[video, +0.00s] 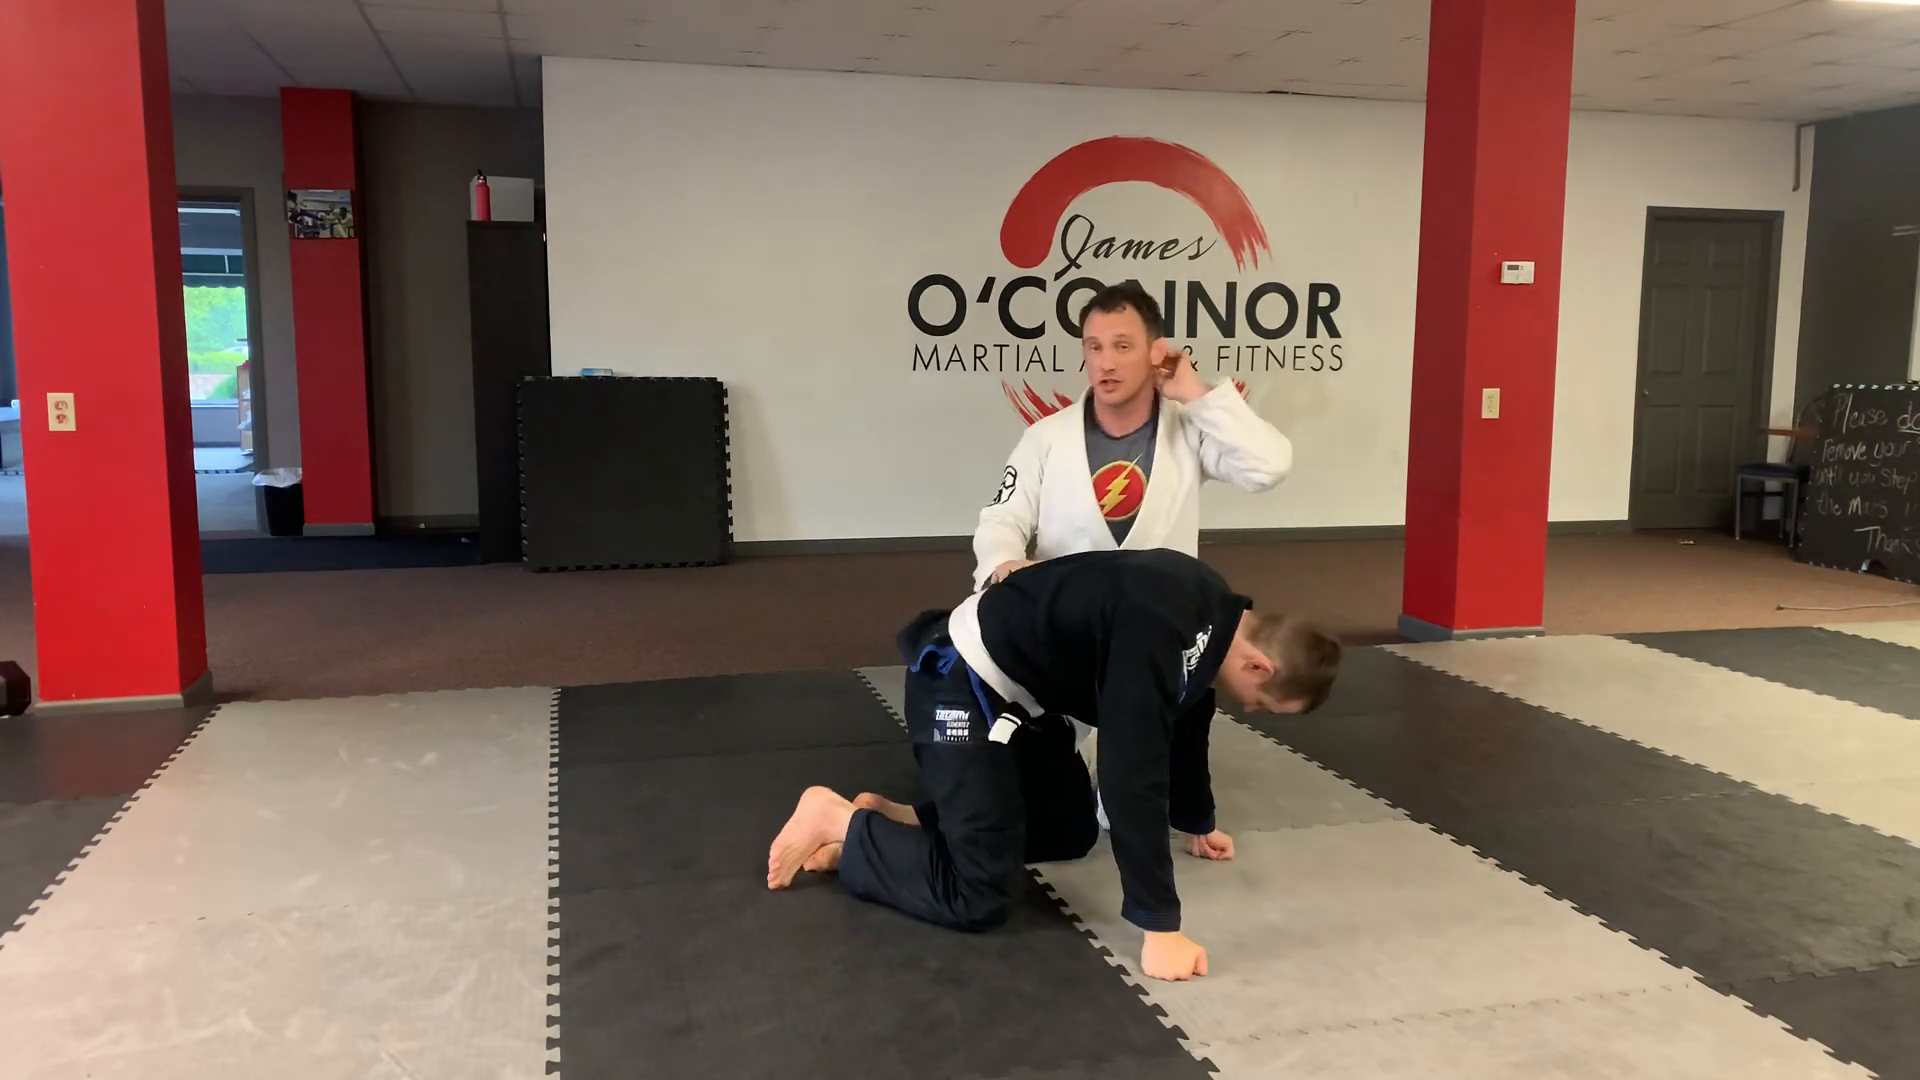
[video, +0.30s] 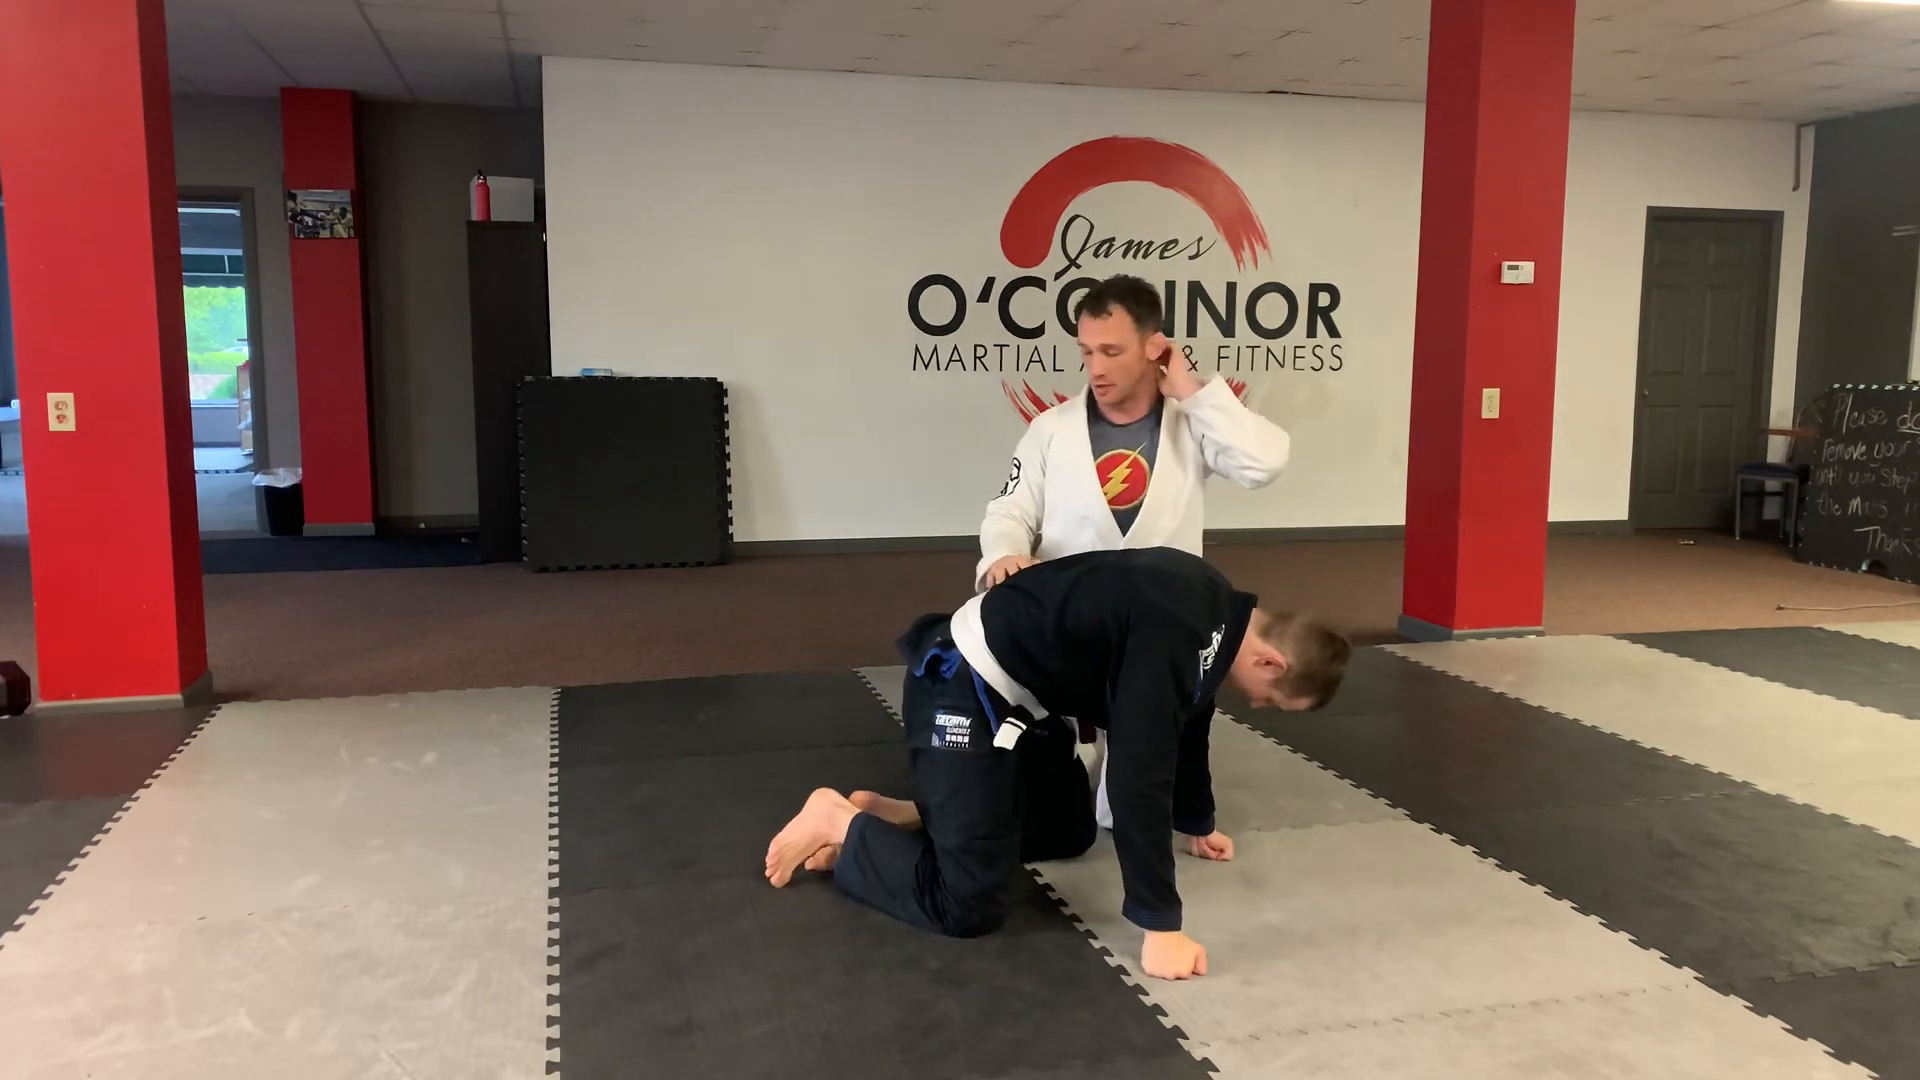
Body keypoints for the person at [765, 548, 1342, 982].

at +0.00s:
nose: (1251, 715)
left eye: (1262, 711)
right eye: (1262, 706)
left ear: (1258, 652)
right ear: (1255, 664)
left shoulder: (1214, 614)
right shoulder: (1158, 625)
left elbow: (1188, 723)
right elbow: (1133, 784)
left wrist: (1197, 819)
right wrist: (1159, 926)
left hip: (1027, 696)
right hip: (961, 682)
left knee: (1066, 832)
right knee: (975, 896)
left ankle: (890, 821)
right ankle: (832, 828)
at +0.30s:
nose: (1258, 710)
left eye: (1270, 707)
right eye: (1270, 702)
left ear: (1270, 649)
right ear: (1266, 661)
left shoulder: (1218, 614)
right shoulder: (1172, 624)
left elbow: (1190, 726)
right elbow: (1139, 783)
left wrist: (1197, 822)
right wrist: (1159, 923)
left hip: (1031, 700)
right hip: (963, 685)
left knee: (1063, 832)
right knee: (967, 902)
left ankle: (890, 816)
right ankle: (835, 830)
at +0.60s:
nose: (1260, 710)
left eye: (1272, 706)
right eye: (1274, 701)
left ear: (1272, 648)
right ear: (1269, 661)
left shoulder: (1216, 610)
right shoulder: (1177, 626)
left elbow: (1190, 724)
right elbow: (1145, 784)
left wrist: (1197, 821)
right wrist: (1161, 922)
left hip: (1019, 696)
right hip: (962, 684)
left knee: (1037, 835)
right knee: (966, 906)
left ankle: (863, 801)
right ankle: (821, 822)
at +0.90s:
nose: (1258, 710)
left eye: (1270, 706)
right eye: (1271, 701)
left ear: (1274, 649)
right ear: (1269, 660)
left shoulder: (1216, 609)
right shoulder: (1177, 622)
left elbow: (1193, 724)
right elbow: (1148, 779)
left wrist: (1197, 821)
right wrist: (1168, 921)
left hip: (1020, 695)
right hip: (962, 682)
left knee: (1035, 834)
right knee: (964, 907)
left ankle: (863, 799)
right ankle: (814, 822)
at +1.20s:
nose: (1256, 715)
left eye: (1269, 712)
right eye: (1270, 709)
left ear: (1273, 658)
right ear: (1270, 668)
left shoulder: (1210, 608)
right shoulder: (1176, 627)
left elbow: (1180, 736)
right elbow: (1162, 781)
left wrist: (1195, 820)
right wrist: (1210, 923)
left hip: (1012, 689)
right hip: (961, 680)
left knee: (1026, 834)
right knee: (964, 908)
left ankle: (854, 795)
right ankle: (815, 824)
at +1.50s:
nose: (1267, 724)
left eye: (1279, 721)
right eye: (1280, 718)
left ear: (1283, 668)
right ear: (1278, 677)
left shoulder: (1225, 610)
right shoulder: (1186, 639)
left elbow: (1181, 739)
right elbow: (1174, 796)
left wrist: (1195, 821)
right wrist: (1217, 925)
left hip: (1021, 687)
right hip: (969, 679)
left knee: (1029, 835)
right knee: (966, 908)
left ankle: (861, 798)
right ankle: (816, 825)